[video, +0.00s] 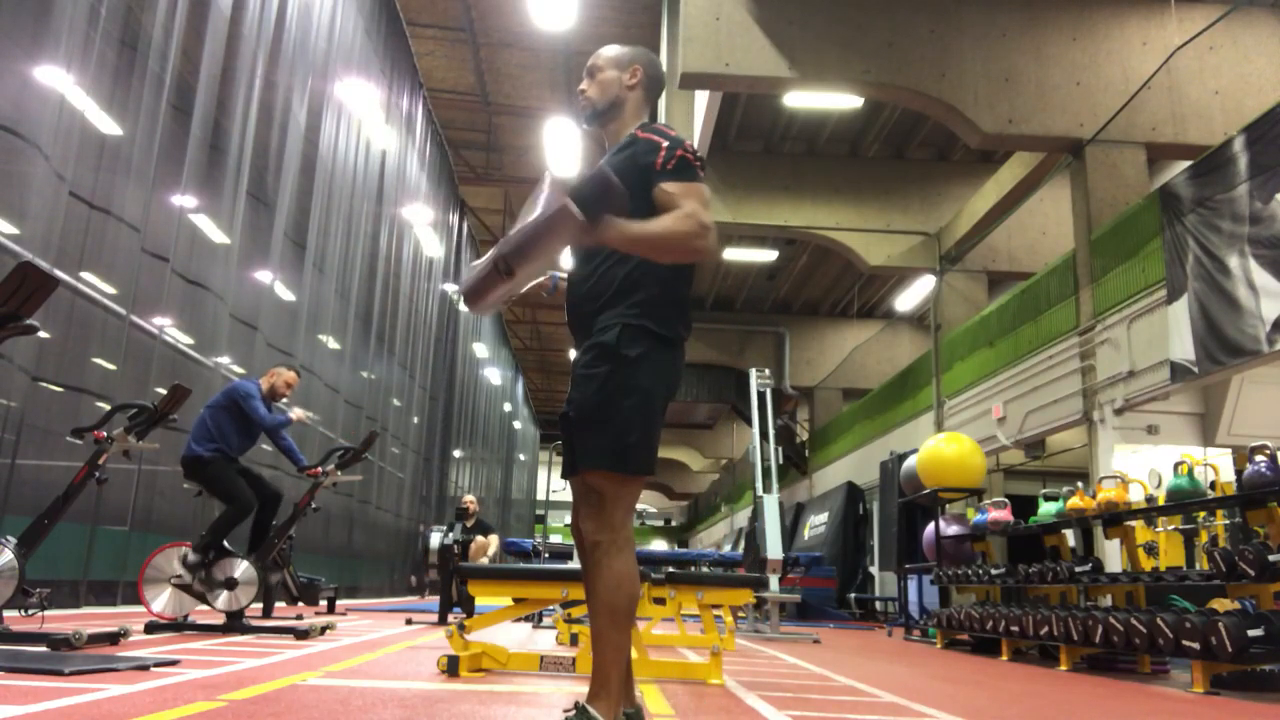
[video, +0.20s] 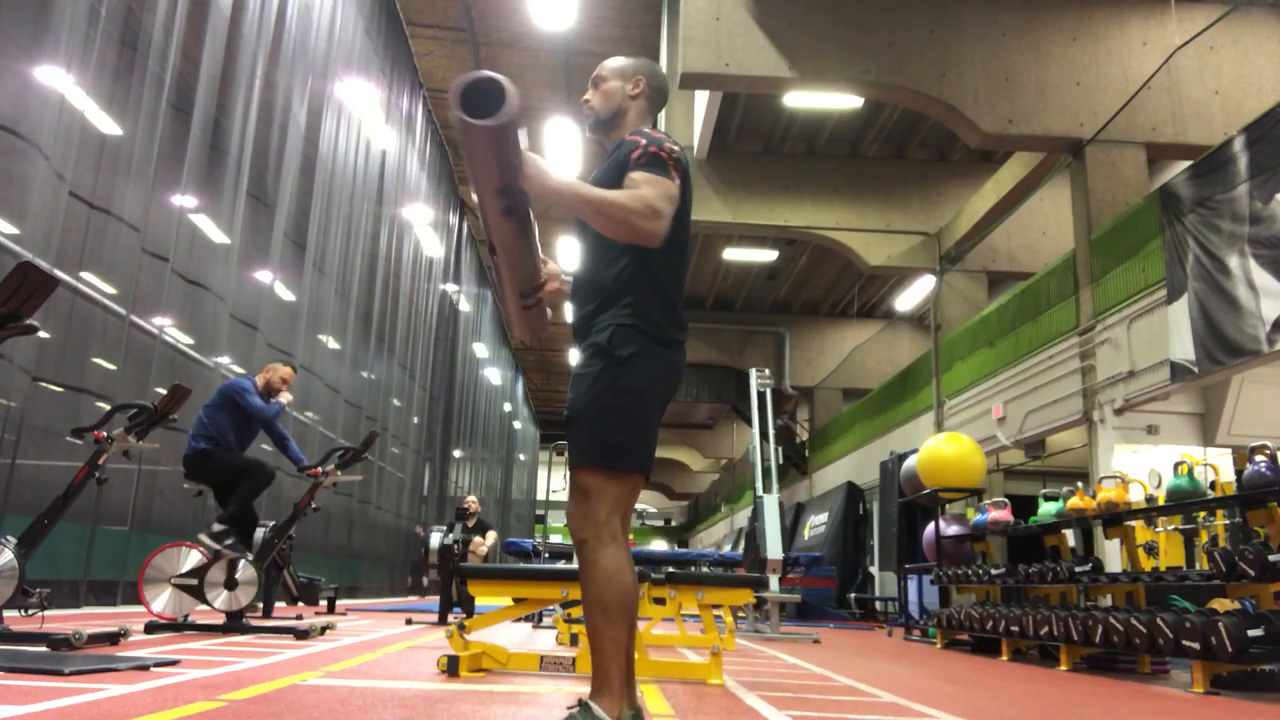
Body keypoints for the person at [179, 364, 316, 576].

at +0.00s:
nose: (287, 394)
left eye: (291, 390)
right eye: (287, 385)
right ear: (272, 376)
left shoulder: (265, 406)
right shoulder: (245, 388)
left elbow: (280, 438)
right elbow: (264, 422)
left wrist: (303, 467)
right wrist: (291, 417)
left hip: (225, 462)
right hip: (202, 459)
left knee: (271, 496)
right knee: (244, 502)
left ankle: (256, 558)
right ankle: (198, 553)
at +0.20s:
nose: (284, 389)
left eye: (287, 385)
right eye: (282, 381)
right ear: (267, 371)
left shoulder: (263, 404)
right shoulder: (240, 385)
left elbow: (279, 435)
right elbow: (264, 414)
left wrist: (303, 465)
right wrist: (281, 402)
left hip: (220, 463)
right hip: (202, 457)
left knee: (248, 521)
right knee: (263, 473)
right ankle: (220, 527)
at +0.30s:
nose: (283, 389)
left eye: (287, 385)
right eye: (282, 381)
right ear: (266, 371)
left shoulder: (263, 406)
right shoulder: (239, 385)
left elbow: (280, 437)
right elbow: (257, 412)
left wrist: (304, 466)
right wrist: (278, 401)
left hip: (220, 461)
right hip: (201, 456)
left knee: (251, 516)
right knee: (263, 473)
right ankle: (236, 534)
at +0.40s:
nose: (282, 389)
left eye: (286, 386)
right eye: (281, 382)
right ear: (265, 372)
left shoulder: (261, 402)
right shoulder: (238, 385)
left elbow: (278, 437)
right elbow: (248, 414)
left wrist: (304, 466)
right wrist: (271, 404)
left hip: (221, 460)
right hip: (203, 457)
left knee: (264, 506)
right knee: (257, 496)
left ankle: (227, 545)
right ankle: (240, 560)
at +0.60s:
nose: (286, 389)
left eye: (289, 385)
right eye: (285, 381)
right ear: (269, 372)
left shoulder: (262, 403)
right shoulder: (242, 386)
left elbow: (276, 434)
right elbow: (223, 419)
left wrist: (305, 466)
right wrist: (259, 432)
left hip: (228, 462)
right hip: (204, 461)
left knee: (279, 478)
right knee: (231, 513)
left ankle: (237, 527)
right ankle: (218, 584)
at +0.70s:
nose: (286, 390)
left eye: (289, 386)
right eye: (285, 382)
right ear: (269, 373)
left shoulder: (262, 405)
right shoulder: (241, 388)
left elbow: (278, 436)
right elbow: (221, 423)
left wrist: (304, 465)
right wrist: (242, 458)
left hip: (224, 461)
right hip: (201, 460)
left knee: (278, 480)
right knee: (235, 511)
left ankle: (251, 536)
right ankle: (198, 572)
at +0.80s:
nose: (285, 390)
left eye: (289, 387)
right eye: (284, 383)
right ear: (268, 373)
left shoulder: (261, 405)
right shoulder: (239, 390)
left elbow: (278, 437)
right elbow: (220, 423)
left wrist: (305, 467)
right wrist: (230, 463)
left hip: (221, 461)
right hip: (200, 459)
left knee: (270, 498)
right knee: (245, 499)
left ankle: (256, 560)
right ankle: (201, 549)